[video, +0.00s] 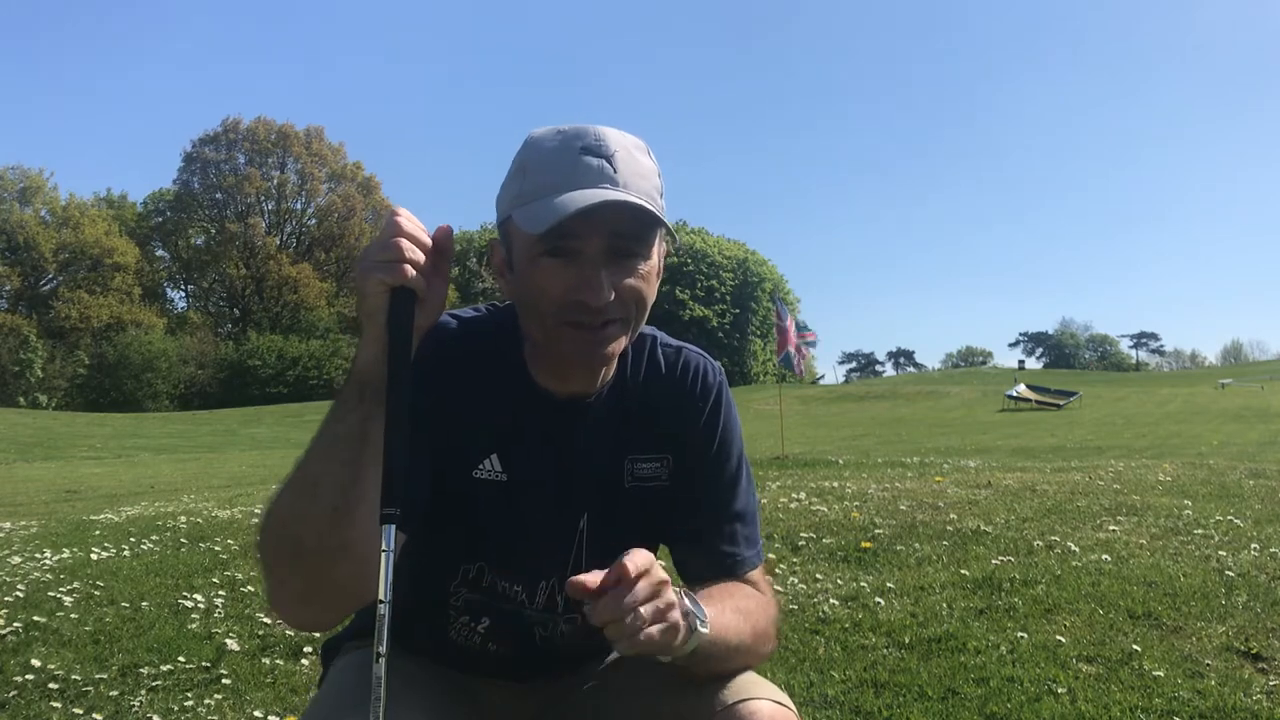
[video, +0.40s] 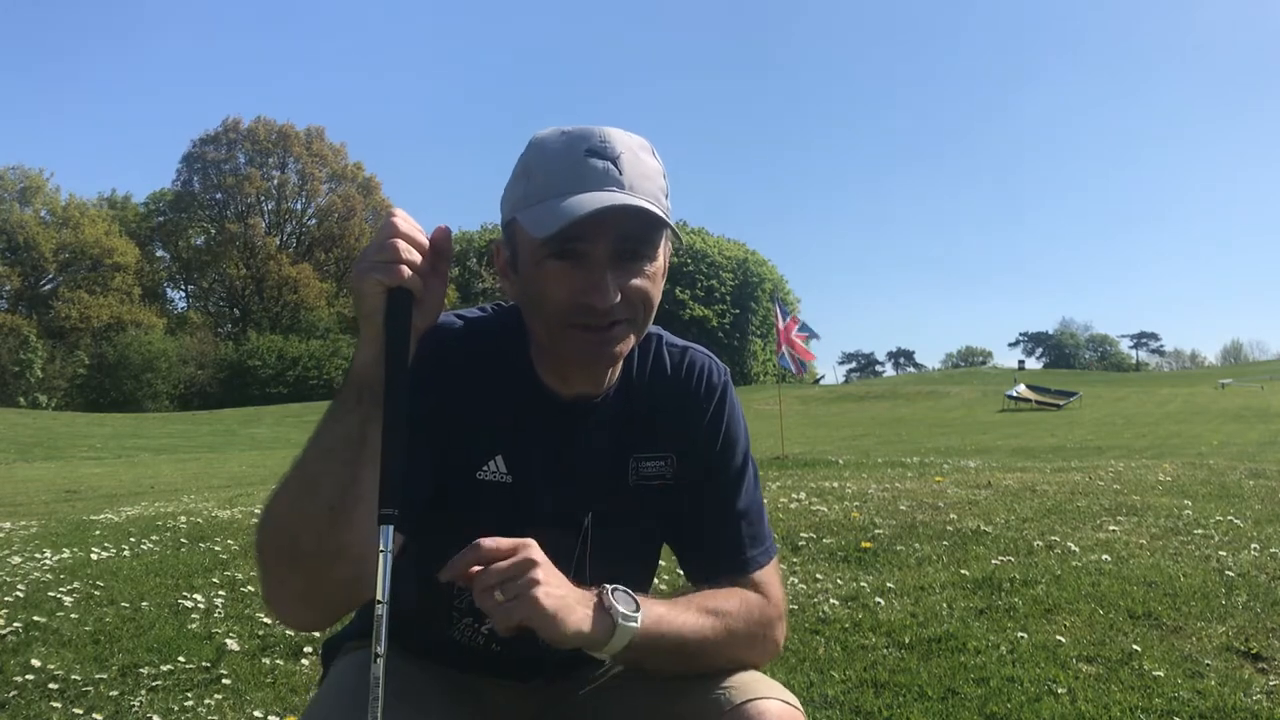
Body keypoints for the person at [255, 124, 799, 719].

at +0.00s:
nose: (597, 291)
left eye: (626, 252)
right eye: (560, 252)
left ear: (660, 263)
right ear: (501, 263)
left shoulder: (688, 388)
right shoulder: (430, 362)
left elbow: (752, 612)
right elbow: (302, 601)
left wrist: (685, 621)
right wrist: (377, 357)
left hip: (607, 666)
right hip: (430, 666)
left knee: (762, 712)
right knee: (348, 708)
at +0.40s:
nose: (604, 292)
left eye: (632, 255)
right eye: (568, 255)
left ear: (665, 262)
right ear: (507, 263)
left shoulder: (692, 388)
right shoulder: (436, 362)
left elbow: (759, 621)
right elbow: (298, 600)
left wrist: (594, 613)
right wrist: (377, 356)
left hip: (606, 666)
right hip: (430, 665)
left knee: (770, 711)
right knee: (351, 702)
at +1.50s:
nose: (607, 292)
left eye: (636, 254)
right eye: (570, 253)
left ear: (666, 268)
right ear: (509, 263)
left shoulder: (693, 388)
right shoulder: (441, 367)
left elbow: (763, 613)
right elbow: (316, 602)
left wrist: (676, 618)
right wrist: (388, 365)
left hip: (609, 668)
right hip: (435, 668)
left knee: (776, 709)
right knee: (351, 710)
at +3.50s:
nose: (596, 289)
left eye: (626, 254)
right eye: (564, 253)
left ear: (663, 275)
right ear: (510, 263)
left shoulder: (689, 390)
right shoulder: (437, 369)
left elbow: (765, 607)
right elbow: (303, 606)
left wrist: (668, 647)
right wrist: (377, 367)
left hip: (612, 670)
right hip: (432, 669)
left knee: (778, 711)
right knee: (346, 715)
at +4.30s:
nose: (610, 316)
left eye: (638, 281)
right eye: (578, 279)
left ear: (668, 278)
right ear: (514, 269)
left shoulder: (692, 392)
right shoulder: (435, 370)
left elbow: (752, 587)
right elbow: (312, 607)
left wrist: (748, 624)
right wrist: (379, 368)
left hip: (606, 672)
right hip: (433, 673)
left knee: (780, 711)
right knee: (352, 715)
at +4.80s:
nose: (600, 295)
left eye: (628, 259)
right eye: (569, 257)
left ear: (659, 261)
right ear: (505, 254)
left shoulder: (683, 379)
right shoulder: (433, 364)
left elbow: (789, 617)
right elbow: (314, 608)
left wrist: (808, 558)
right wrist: (379, 369)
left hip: (606, 665)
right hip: (434, 672)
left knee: (782, 708)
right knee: (371, 712)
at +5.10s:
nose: (584, 268)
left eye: (614, 234)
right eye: (552, 231)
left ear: (650, 253)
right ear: (500, 244)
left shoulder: (682, 376)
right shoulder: (432, 362)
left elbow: (839, 584)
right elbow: (309, 607)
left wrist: (832, 532)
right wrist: (376, 364)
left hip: (605, 665)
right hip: (431, 672)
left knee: (780, 707)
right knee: (368, 713)